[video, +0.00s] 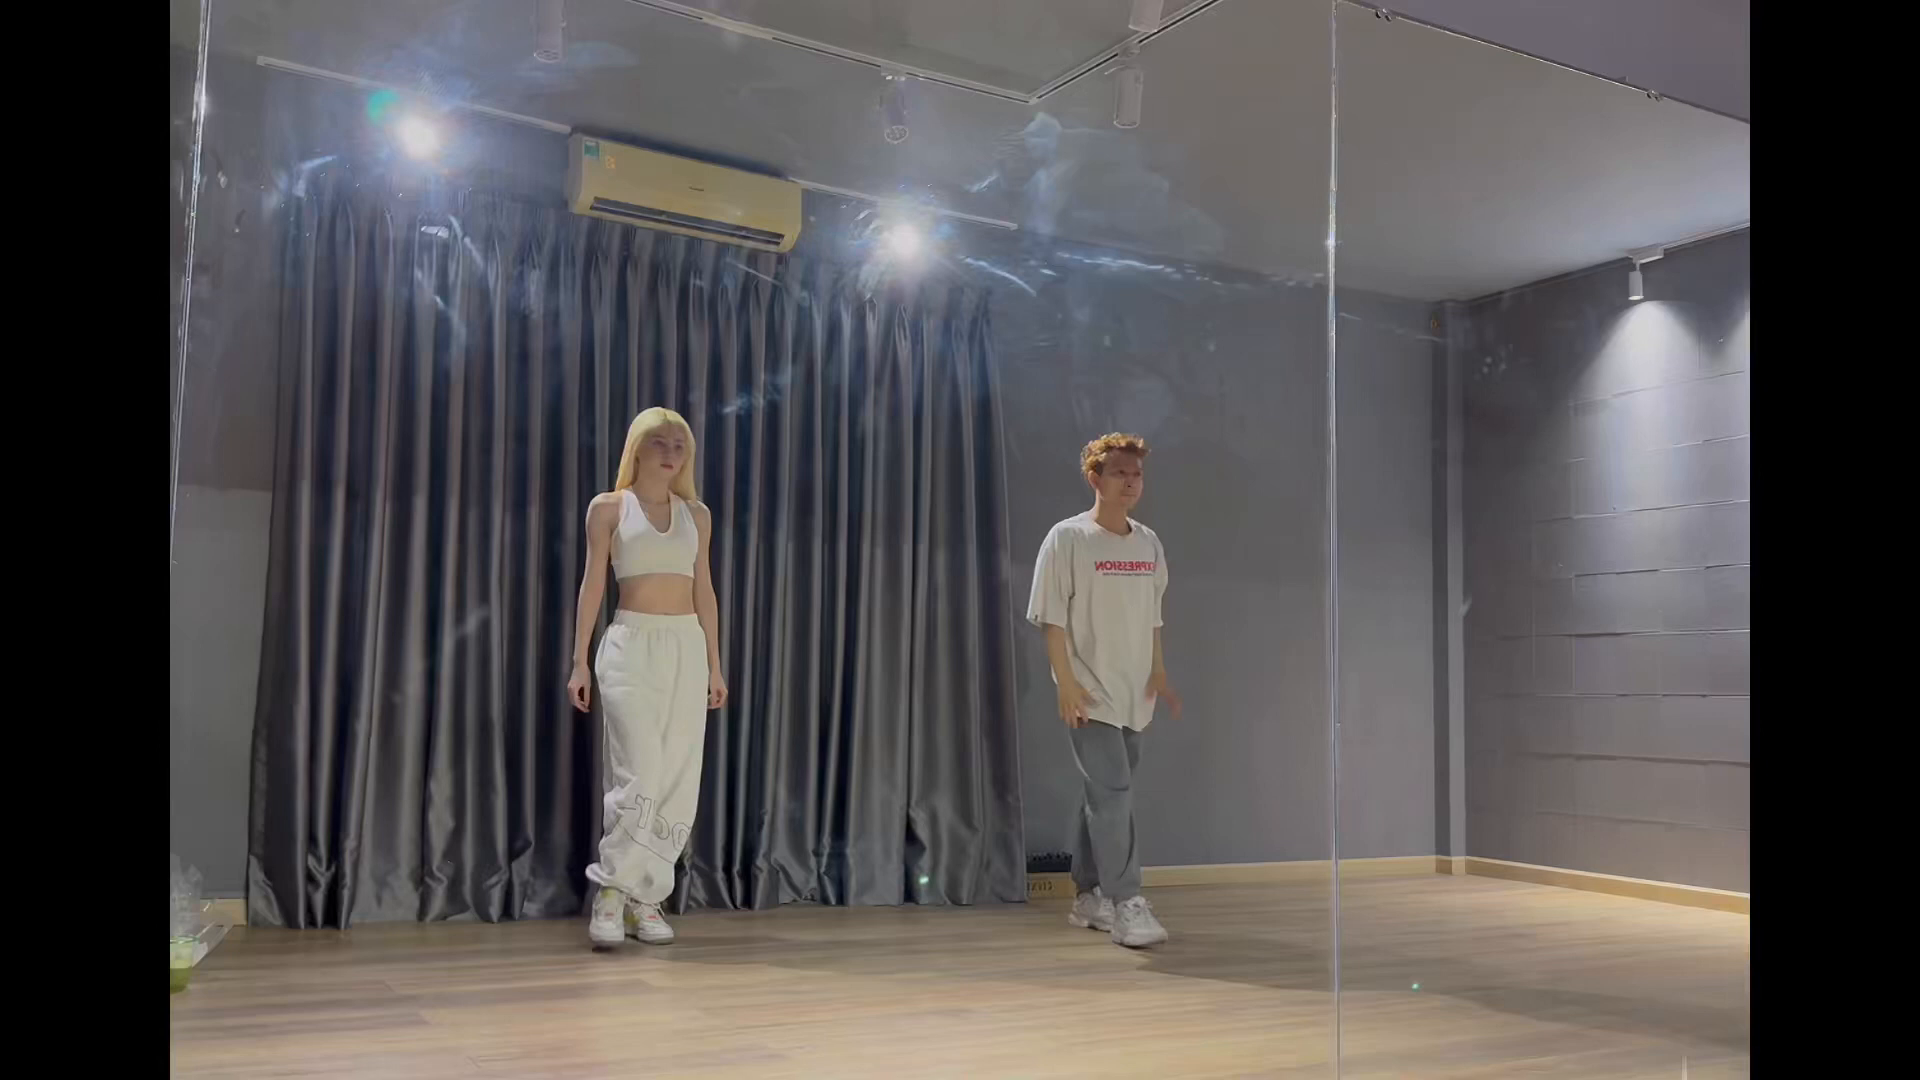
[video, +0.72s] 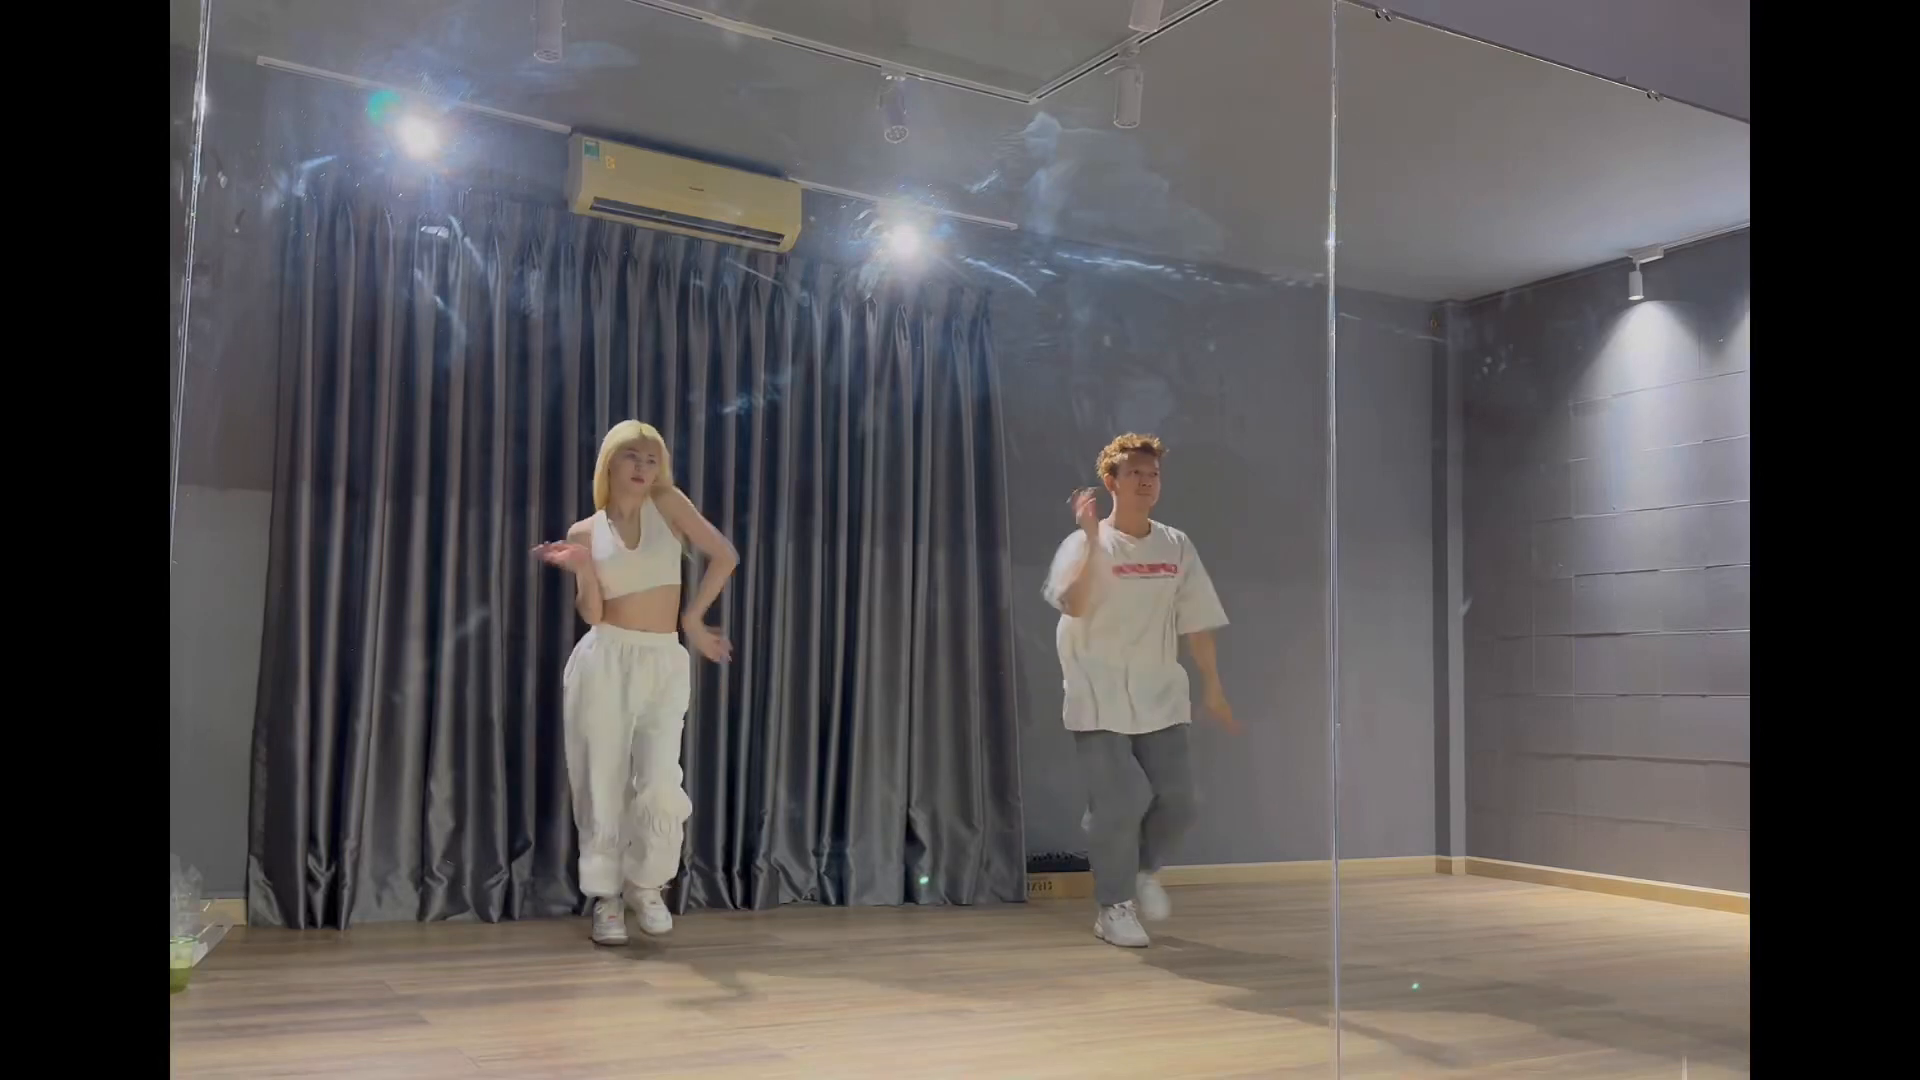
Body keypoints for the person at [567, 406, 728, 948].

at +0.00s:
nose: (669, 451)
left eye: (678, 445)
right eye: (659, 442)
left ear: (688, 456)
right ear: (637, 449)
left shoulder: (697, 515)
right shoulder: (610, 507)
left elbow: (703, 590)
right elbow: (593, 586)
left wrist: (714, 664)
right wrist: (580, 660)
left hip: (688, 654)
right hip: (632, 651)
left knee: (675, 778)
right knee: (637, 777)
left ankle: (645, 901)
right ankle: (610, 896)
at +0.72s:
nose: (641, 464)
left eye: (650, 458)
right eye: (630, 455)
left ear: (659, 469)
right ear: (609, 464)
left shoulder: (670, 506)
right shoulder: (586, 532)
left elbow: (724, 556)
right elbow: (591, 616)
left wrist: (693, 618)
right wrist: (584, 569)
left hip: (663, 664)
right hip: (604, 663)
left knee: (661, 784)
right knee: (604, 783)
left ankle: (647, 887)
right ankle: (607, 899)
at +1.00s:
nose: (658, 523)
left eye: (658, 514)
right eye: (649, 511)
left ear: (646, 521)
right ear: (616, 512)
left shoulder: (646, 582)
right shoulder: (577, 557)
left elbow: (727, 610)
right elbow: (594, 633)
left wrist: (728, 552)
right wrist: (670, 652)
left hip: (677, 702)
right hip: (619, 719)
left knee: (667, 822)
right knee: (623, 832)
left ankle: (626, 935)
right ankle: (609, 909)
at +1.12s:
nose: (660, 528)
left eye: (659, 519)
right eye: (651, 518)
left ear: (638, 525)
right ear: (619, 519)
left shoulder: (642, 591)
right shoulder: (577, 555)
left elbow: (725, 622)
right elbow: (598, 619)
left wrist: (741, 561)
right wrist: (664, 652)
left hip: (681, 708)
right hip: (622, 727)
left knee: (676, 829)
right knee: (625, 840)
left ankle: (624, 936)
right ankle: (611, 915)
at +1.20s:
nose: (662, 530)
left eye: (661, 520)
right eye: (654, 520)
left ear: (638, 525)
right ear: (624, 521)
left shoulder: (644, 592)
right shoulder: (579, 548)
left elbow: (725, 631)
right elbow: (609, 599)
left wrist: (751, 579)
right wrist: (663, 648)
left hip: (685, 706)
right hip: (625, 726)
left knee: (679, 832)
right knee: (622, 839)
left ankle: (625, 937)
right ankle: (611, 926)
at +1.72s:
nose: (645, 501)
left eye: (658, 492)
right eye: (636, 492)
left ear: (679, 504)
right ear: (624, 506)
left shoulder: (707, 548)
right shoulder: (618, 578)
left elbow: (714, 612)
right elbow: (582, 624)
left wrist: (633, 619)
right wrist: (513, 568)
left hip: (704, 713)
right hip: (642, 708)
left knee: (692, 850)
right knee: (712, 819)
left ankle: (613, 935)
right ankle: (675, 957)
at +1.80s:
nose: (644, 490)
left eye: (656, 480)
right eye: (635, 480)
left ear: (677, 488)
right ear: (622, 489)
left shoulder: (707, 537)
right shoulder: (615, 564)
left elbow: (724, 591)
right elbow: (616, 632)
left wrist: (658, 623)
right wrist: (530, 602)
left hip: (709, 697)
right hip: (649, 694)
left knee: (689, 840)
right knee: (715, 818)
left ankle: (606, 934)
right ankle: (672, 957)